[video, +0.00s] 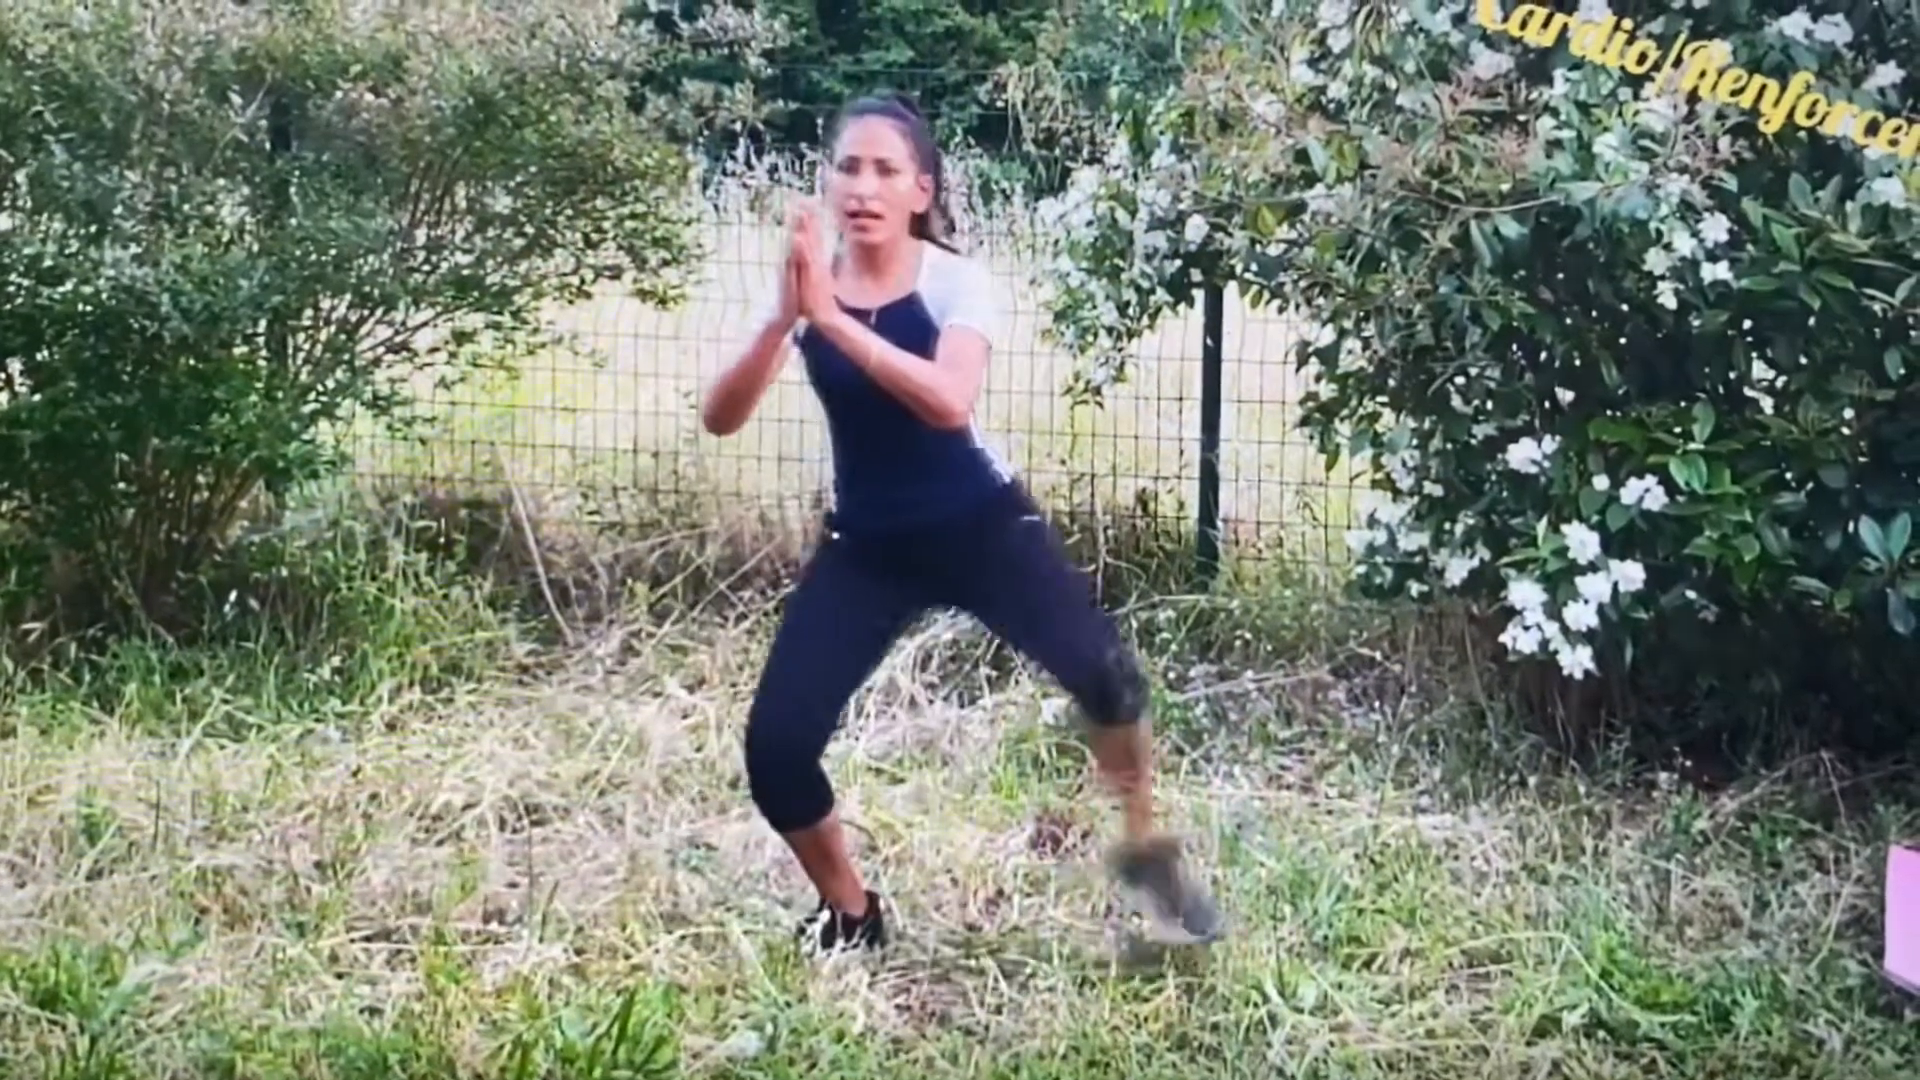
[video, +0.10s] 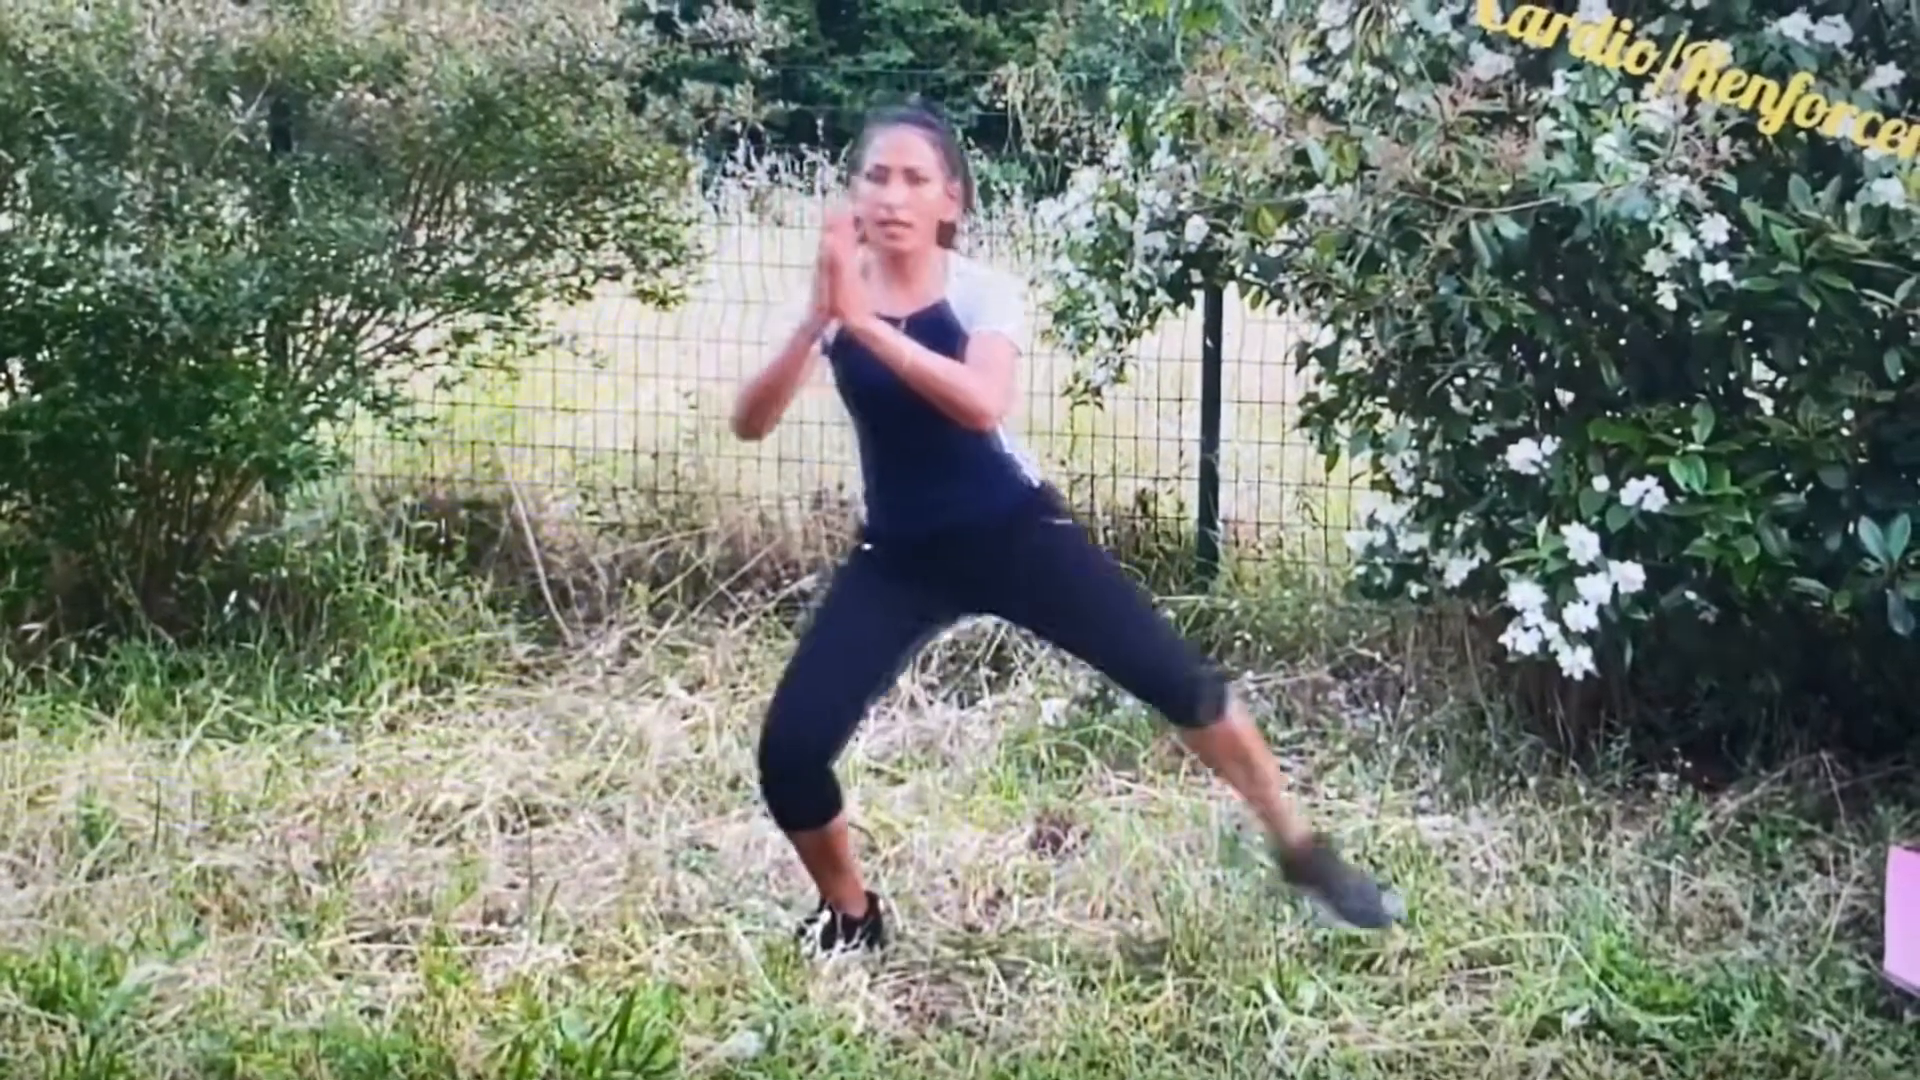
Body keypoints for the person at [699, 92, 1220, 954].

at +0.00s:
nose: (862, 187)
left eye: (886, 171)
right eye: (848, 168)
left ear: (922, 195)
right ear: (826, 184)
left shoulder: (959, 284)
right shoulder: (809, 288)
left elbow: (949, 401)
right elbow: (719, 416)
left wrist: (825, 317)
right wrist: (785, 319)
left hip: (982, 535)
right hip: (867, 551)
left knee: (1109, 678)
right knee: (775, 748)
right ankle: (850, 914)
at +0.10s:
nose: (891, 197)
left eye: (913, 180)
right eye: (876, 178)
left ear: (951, 203)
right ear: (851, 195)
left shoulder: (983, 293)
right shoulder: (836, 298)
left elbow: (983, 403)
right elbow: (748, 421)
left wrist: (860, 323)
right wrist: (819, 316)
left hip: (1015, 541)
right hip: (899, 560)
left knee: (1186, 687)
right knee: (788, 754)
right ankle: (850, 916)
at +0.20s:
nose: (928, 213)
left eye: (952, 195)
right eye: (916, 193)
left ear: (993, 219)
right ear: (893, 209)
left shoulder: (1028, 307)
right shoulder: (881, 309)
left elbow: (1028, 414)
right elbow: (796, 438)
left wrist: (907, 336)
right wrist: (866, 331)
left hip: (1061, 564)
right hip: (943, 577)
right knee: (809, 755)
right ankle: (850, 920)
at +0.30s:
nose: (993, 240)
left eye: (1014, 221)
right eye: (977, 220)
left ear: (1056, 242)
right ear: (953, 240)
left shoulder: (1090, 335)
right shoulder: (942, 343)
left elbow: (1097, 437)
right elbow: (863, 458)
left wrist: (977, 363)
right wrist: (931, 358)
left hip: (1118, 595)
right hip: (998, 601)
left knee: (1301, 752)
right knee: (841, 755)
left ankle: (1419, 938)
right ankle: (851, 921)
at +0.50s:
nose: (1092, 273)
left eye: (1112, 256)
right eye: (1078, 256)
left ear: (1152, 272)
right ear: (1057, 271)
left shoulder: (1187, 363)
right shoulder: (1036, 372)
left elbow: (1210, 469)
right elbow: (980, 500)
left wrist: (1095, 393)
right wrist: (1050, 390)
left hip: (1195, 627)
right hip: (1067, 628)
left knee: (1381, 764)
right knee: (889, 759)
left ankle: (1426, 938)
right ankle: (848, 921)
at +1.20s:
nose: (984, 225)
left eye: (1007, 208)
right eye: (975, 205)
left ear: (1058, 228)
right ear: (961, 218)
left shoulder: (1083, 327)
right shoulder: (934, 316)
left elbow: (1116, 438)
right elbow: (856, 441)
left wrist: (1011, 351)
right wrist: (948, 350)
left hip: (1090, 584)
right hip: (968, 586)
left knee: (1253, 753)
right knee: (826, 755)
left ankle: (1408, 932)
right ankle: (849, 925)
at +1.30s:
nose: (957, 202)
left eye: (980, 187)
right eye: (948, 185)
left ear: (1026, 210)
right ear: (931, 198)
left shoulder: (1051, 311)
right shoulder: (898, 297)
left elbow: (1092, 427)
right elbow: (812, 418)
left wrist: (987, 337)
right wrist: (913, 340)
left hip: (1040, 563)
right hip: (919, 567)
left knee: (1192, 724)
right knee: (805, 762)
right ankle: (848, 921)